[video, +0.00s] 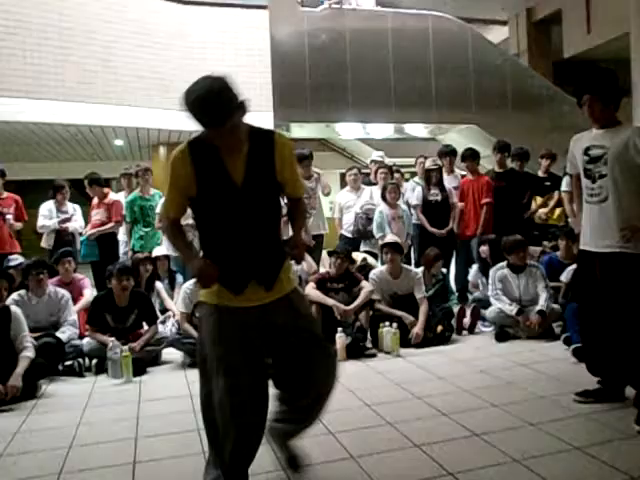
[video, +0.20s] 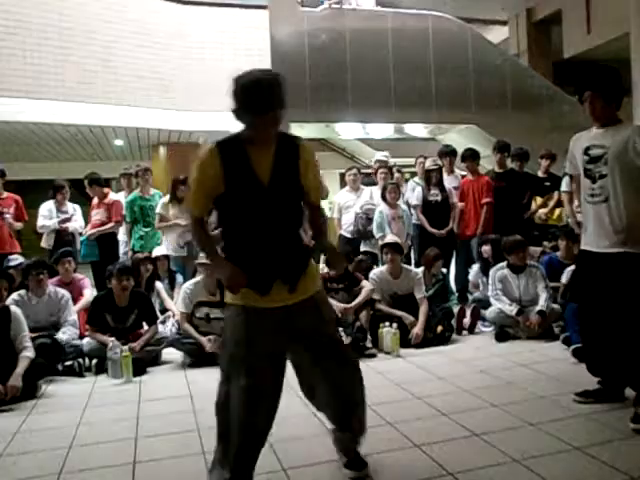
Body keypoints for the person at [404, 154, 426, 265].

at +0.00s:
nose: (422, 166)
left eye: (424, 163)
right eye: (420, 163)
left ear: (427, 166)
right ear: (415, 166)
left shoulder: (431, 183)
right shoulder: (411, 183)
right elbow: (408, 199)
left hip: (430, 220)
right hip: (416, 221)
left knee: (429, 249)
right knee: (417, 251)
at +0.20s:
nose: (422, 166)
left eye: (424, 163)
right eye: (420, 163)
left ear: (427, 166)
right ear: (415, 166)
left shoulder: (431, 183)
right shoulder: (412, 183)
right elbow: (409, 198)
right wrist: (417, 201)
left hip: (430, 220)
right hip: (416, 220)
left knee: (430, 249)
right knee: (418, 251)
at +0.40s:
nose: (421, 166)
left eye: (423, 163)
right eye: (419, 163)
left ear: (426, 166)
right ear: (415, 166)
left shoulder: (429, 183)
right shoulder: (411, 183)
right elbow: (410, 199)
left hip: (429, 220)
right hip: (416, 221)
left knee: (428, 249)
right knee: (417, 251)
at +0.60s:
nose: (420, 166)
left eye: (422, 163)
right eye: (418, 163)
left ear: (425, 165)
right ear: (413, 165)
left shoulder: (426, 183)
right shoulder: (410, 185)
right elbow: (411, 201)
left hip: (426, 221)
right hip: (414, 221)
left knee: (425, 248)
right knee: (415, 249)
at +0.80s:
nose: (420, 166)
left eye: (422, 163)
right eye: (418, 163)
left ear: (425, 166)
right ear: (414, 166)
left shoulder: (428, 182)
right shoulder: (411, 183)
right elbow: (410, 200)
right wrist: (418, 200)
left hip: (428, 219)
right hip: (415, 220)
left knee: (428, 248)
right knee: (416, 250)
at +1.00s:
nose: (430, 166)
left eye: (431, 163)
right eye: (427, 163)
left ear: (435, 165)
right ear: (424, 166)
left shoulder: (440, 182)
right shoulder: (421, 184)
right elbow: (420, 200)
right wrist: (429, 199)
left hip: (439, 220)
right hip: (425, 221)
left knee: (438, 248)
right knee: (426, 250)